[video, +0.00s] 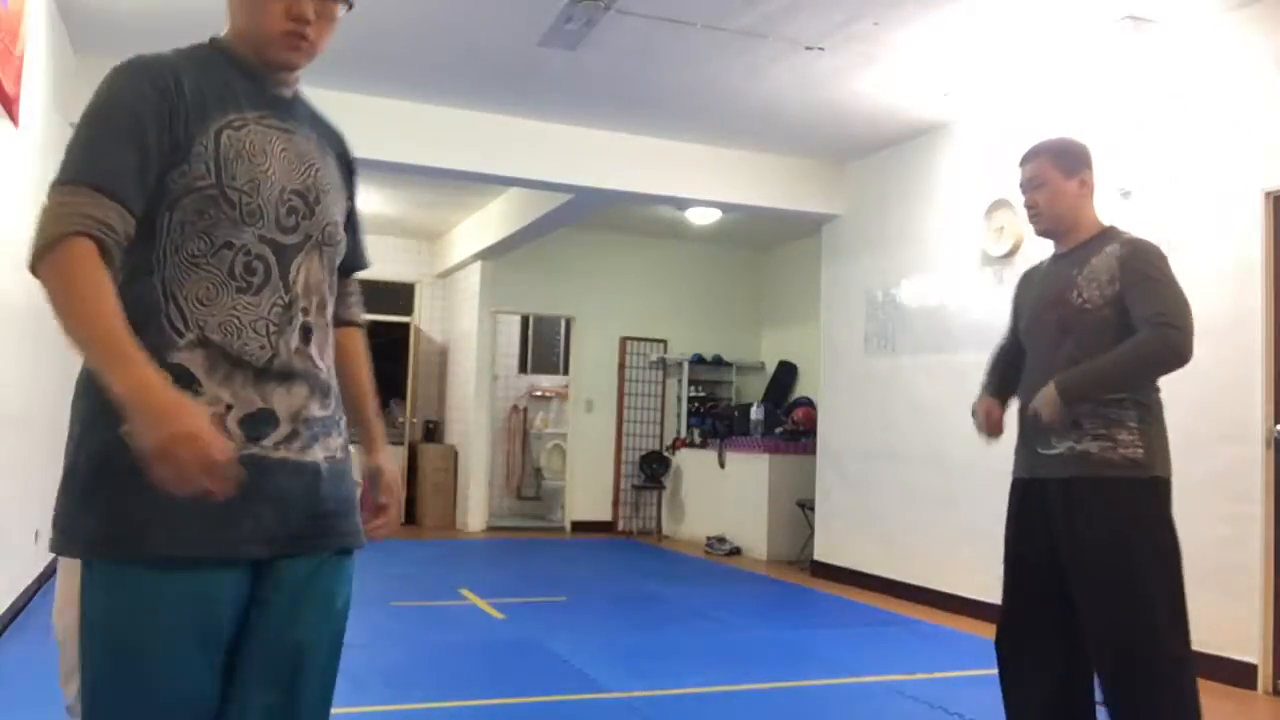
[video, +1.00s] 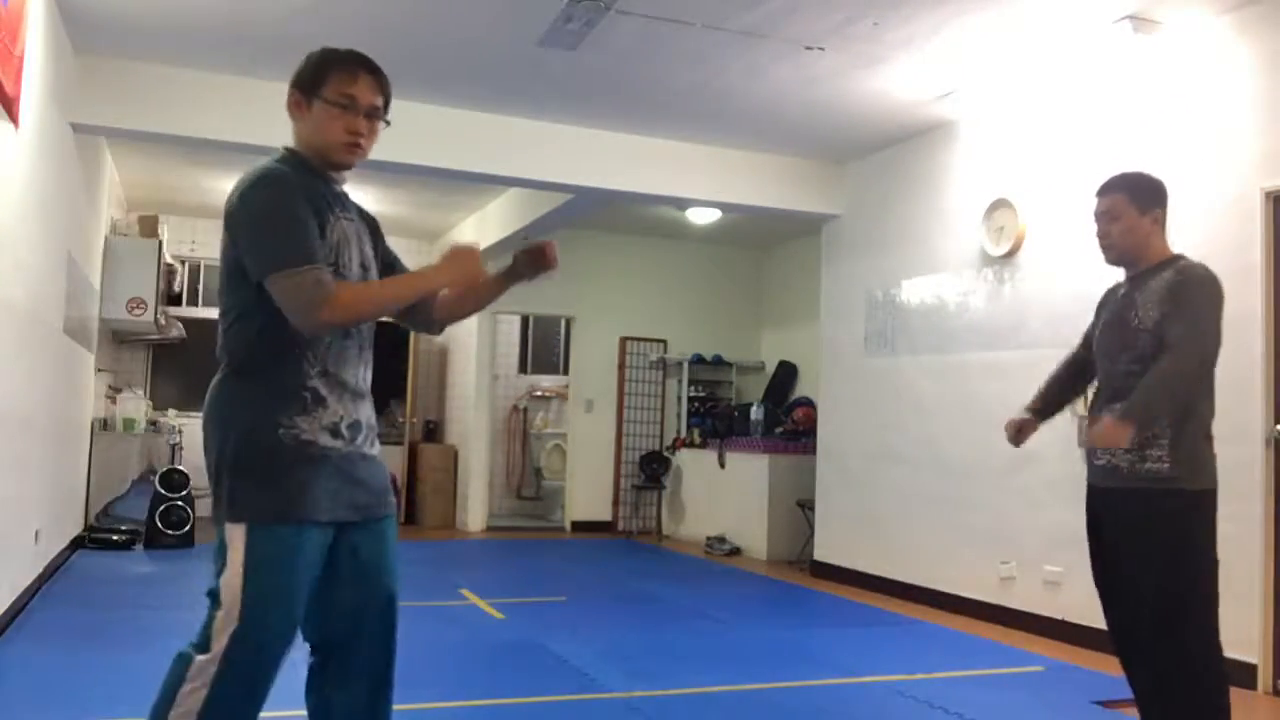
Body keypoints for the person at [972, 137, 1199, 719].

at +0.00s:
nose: (1027, 200)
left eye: (1037, 187)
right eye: (1023, 191)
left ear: (1082, 183)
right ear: (1029, 197)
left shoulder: (1132, 255)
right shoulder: (1032, 281)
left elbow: (1171, 341)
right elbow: (1015, 348)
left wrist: (1068, 388)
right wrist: (994, 391)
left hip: (1117, 482)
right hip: (1039, 484)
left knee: (1138, 648)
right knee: (1037, 645)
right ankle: (1047, 717)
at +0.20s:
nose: (1061, 203)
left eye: (1071, 189)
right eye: (1060, 192)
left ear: (1117, 187)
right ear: (1105, 192)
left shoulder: (1170, 267)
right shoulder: (1072, 282)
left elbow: (1153, 377)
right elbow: (1056, 380)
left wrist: (1104, 464)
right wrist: (1029, 464)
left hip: (1149, 499)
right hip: (1066, 497)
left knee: (1162, 671)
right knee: (1058, 669)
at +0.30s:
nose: (1071, 204)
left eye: (1083, 190)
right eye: (1071, 191)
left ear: (1130, 191)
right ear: (1112, 195)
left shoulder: (1182, 276)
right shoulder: (1089, 279)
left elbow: (1182, 397)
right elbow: (1083, 376)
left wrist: (1146, 494)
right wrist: (1069, 454)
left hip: (1173, 504)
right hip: (1089, 500)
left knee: (1172, 679)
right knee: (1077, 673)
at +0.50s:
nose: (1077, 214)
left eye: (1087, 200)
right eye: (1077, 201)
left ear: (1134, 199)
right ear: (1123, 202)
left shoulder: (1194, 276)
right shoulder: (1109, 272)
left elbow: (1245, 393)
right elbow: (1122, 385)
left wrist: (1238, 504)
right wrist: (1110, 478)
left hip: (1188, 509)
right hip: (1116, 503)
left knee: (1198, 685)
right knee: (1104, 675)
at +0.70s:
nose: (1093, 215)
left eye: (1103, 202)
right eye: (1093, 202)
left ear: (1150, 202)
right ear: (1138, 205)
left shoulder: (1205, 273)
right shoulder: (1121, 269)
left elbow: (1254, 371)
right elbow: (1126, 358)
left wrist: (1259, 467)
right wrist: (1097, 400)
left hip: (1193, 496)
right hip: (1122, 493)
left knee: (1193, 648)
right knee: (1124, 641)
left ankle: (1197, 717)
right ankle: (1130, 713)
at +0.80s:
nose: (1100, 217)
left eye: (1111, 205)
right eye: (1100, 205)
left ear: (1156, 205)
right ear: (1138, 209)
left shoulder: (1206, 272)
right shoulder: (1122, 270)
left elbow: (1233, 351)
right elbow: (1097, 327)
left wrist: (1218, 415)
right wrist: (1076, 376)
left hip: (1187, 486)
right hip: (1120, 482)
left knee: (1190, 619)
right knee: (1127, 606)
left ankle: (1202, 710)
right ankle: (1153, 705)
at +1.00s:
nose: (1098, 229)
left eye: (1110, 218)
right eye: (1097, 219)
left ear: (1151, 220)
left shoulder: (1192, 282)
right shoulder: (1114, 298)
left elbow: (1185, 361)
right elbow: (1083, 362)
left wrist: (1129, 415)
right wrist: (1036, 412)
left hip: (1171, 487)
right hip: (1111, 487)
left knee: (1179, 633)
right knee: (1133, 633)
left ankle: (1199, 714)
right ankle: (1158, 712)